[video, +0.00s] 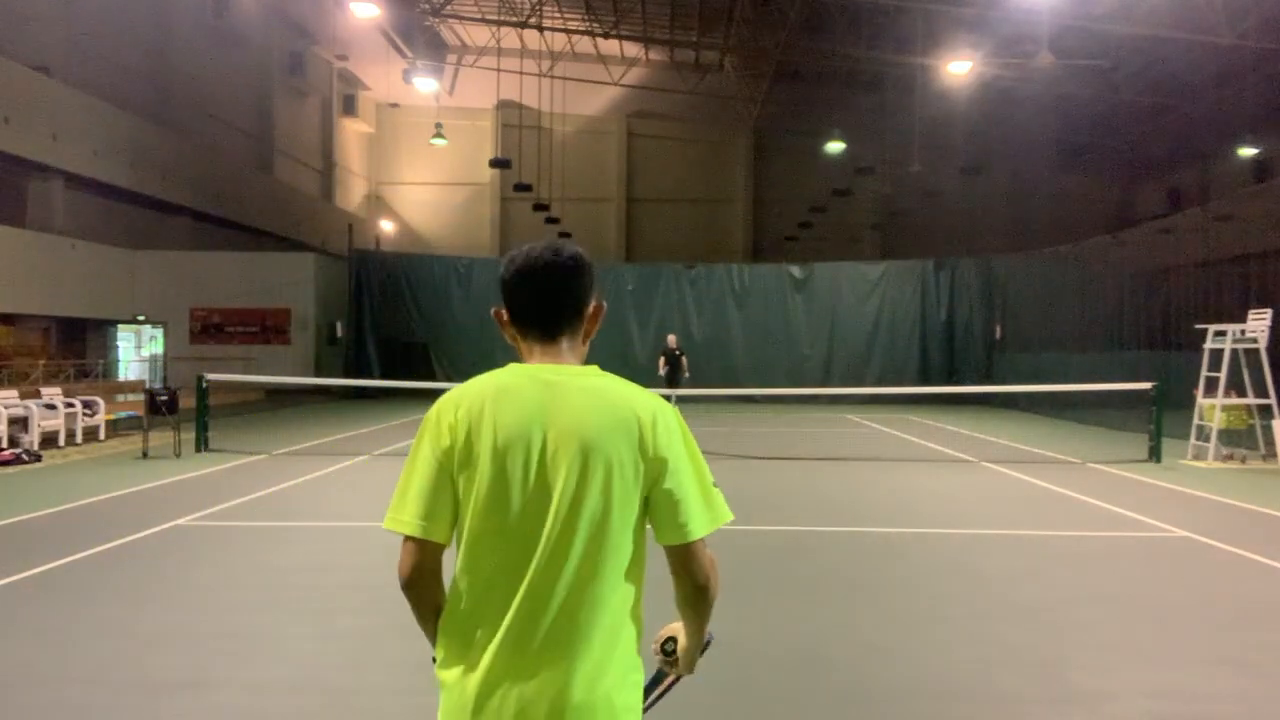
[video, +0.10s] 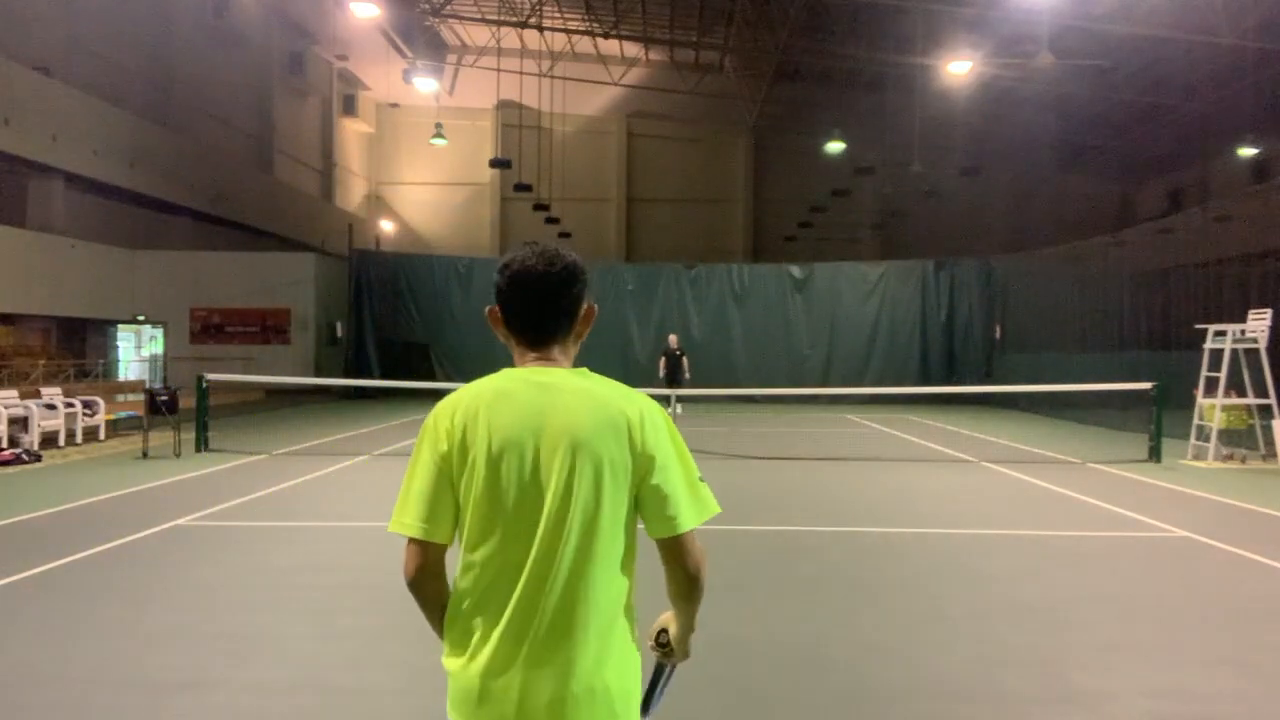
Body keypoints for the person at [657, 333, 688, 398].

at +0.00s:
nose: (672, 342)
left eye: (673, 340)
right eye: (670, 340)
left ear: (675, 341)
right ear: (667, 341)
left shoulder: (679, 350)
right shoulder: (665, 351)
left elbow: (684, 360)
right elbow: (662, 360)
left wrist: (685, 371)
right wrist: (661, 370)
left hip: (678, 370)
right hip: (668, 370)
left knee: (676, 386)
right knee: (668, 386)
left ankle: (674, 400)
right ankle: (668, 400)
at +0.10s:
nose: (672, 342)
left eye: (674, 340)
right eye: (671, 340)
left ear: (676, 341)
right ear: (669, 341)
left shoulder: (680, 350)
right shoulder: (666, 351)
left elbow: (685, 361)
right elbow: (662, 361)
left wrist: (686, 372)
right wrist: (661, 371)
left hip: (678, 372)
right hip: (669, 373)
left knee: (678, 389)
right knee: (668, 390)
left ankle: (678, 404)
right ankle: (669, 406)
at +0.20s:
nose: (673, 343)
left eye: (675, 341)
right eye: (672, 341)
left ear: (678, 341)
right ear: (670, 342)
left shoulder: (682, 351)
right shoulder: (668, 352)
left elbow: (685, 362)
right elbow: (663, 363)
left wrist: (687, 372)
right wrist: (661, 373)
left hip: (679, 373)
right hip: (670, 374)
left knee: (680, 389)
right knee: (668, 390)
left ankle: (680, 404)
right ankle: (669, 406)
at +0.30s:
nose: (675, 343)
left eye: (676, 341)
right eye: (673, 341)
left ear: (679, 342)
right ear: (671, 342)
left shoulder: (683, 352)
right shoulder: (669, 352)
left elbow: (687, 362)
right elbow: (665, 363)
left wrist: (687, 371)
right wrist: (663, 372)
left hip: (680, 373)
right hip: (671, 373)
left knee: (680, 389)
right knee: (669, 389)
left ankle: (680, 405)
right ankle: (669, 405)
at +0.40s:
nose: (676, 343)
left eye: (677, 341)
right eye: (674, 341)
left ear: (681, 342)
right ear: (672, 342)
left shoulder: (684, 352)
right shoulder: (670, 352)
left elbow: (688, 361)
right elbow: (666, 366)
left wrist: (687, 369)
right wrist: (663, 378)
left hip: (681, 373)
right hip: (672, 372)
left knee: (681, 389)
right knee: (668, 388)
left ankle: (680, 405)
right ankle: (668, 404)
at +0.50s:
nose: (677, 342)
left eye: (679, 340)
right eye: (675, 340)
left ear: (682, 341)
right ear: (674, 342)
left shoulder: (685, 351)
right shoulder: (671, 352)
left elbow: (689, 360)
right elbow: (667, 365)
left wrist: (686, 366)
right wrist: (664, 378)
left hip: (681, 372)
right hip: (673, 372)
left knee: (681, 389)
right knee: (670, 387)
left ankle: (681, 405)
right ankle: (670, 404)